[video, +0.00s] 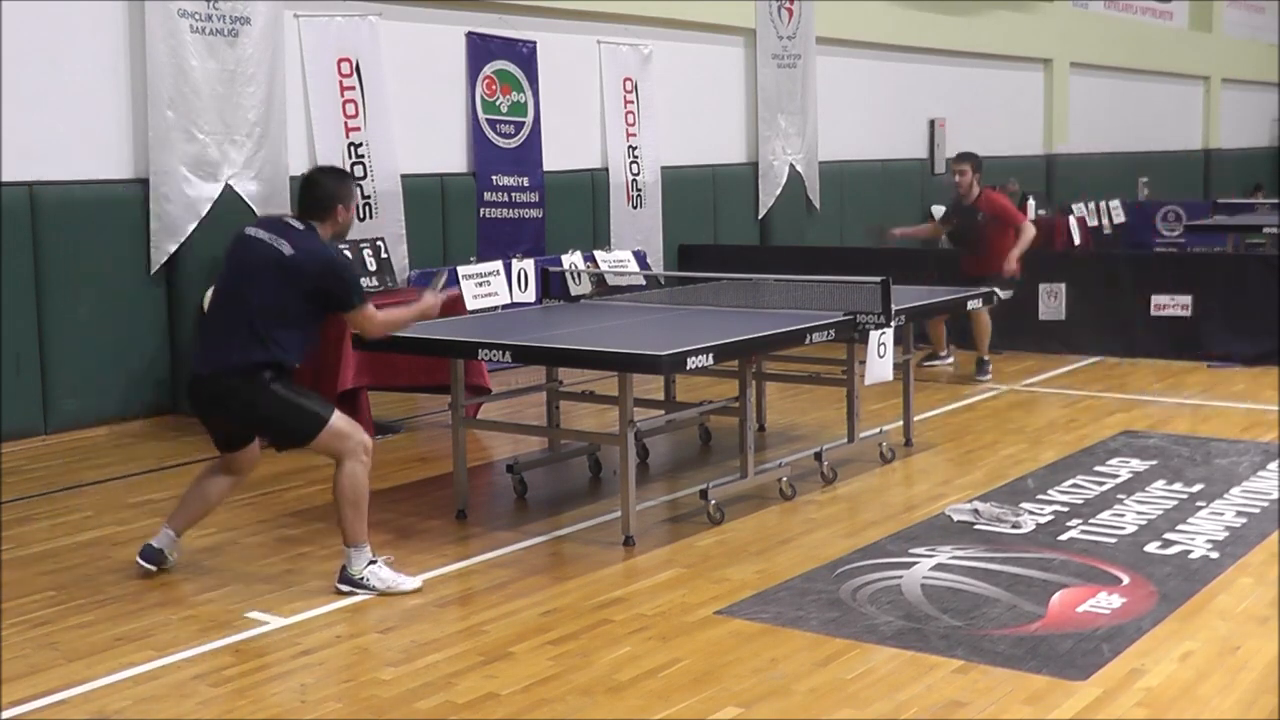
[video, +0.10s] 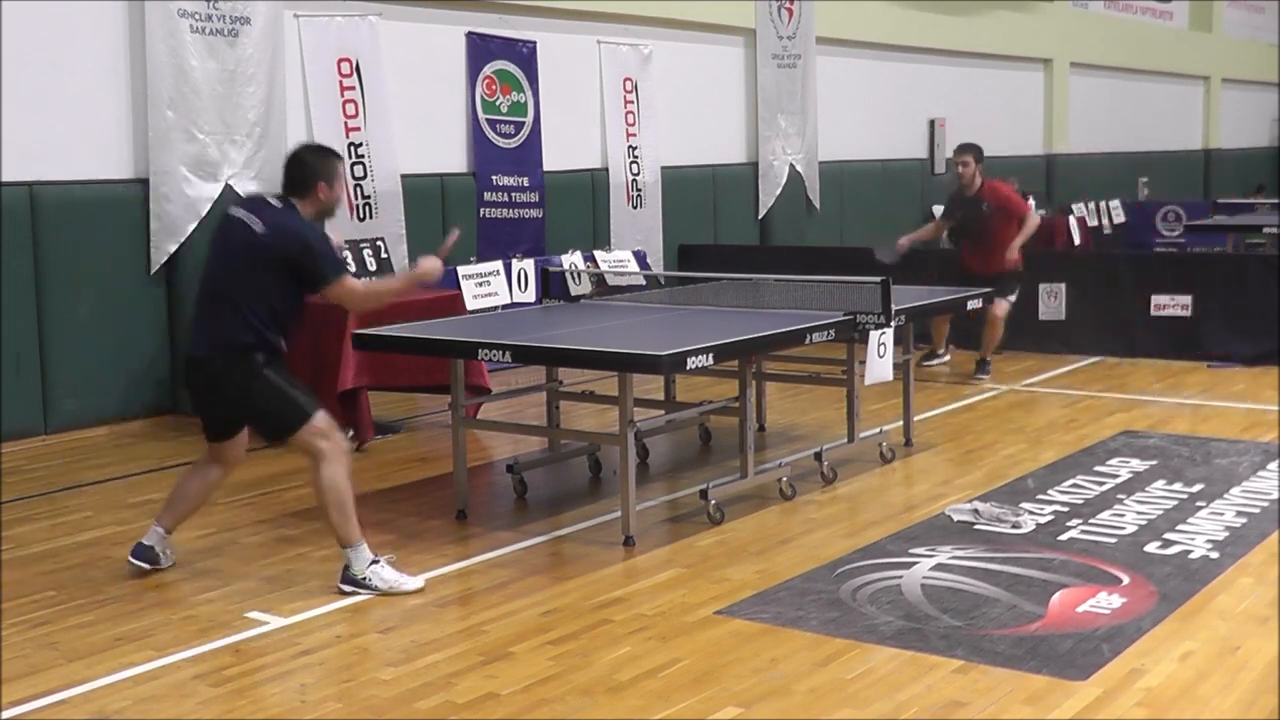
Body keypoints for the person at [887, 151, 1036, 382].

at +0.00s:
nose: (956, 179)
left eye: (962, 174)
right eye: (954, 174)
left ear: (976, 175)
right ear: (951, 175)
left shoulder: (994, 201)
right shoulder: (957, 205)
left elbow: (1029, 229)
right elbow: (936, 229)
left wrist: (1013, 256)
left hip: (997, 275)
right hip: (966, 275)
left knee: (977, 306)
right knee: (934, 309)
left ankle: (983, 360)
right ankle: (941, 353)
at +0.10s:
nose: (959, 170)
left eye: (964, 165)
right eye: (956, 165)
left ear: (978, 166)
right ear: (954, 166)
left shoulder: (998, 192)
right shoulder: (957, 197)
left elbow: (1033, 218)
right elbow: (939, 226)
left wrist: (1015, 245)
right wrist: (910, 239)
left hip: (1004, 271)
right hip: (970, 270)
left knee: (995, 314)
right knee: (938, 305)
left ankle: (984, 360)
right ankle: (939, 351)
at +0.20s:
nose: (971, 160)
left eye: (977, 154)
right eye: (968, 155)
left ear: (989, 155)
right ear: (964, 156)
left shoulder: (1011, 180)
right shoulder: (963, 187)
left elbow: (1043, 204)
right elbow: (942, 219)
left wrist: (1030, 235)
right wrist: (923, 238)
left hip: (1021, 256)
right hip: (983, 257)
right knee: (952, 297)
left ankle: (1017, 349)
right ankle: (948, 347)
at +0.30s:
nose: (983, 166)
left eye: (989, 160)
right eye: (979, 160)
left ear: (1000, 161)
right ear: (975, 162)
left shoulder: (1019, 184)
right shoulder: (971, 191)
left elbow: (1050, 208)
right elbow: (949, 225)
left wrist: (1044, 244)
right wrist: (933, 250)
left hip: (1028, 256)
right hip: (990, 257)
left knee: (1046, 296)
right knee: (957, 295)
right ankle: (958, 353)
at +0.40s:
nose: (1015, 169)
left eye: (1020, 163)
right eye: (1011, 163)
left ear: (1032, 165)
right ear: (1006, 165)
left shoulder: (1049, 187)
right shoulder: (997, 195)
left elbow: (1066, 208)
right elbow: (981, 238)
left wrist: (1073, 239)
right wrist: (985, 266)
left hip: (1051, 264)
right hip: (1009, 268)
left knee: (1083, 304)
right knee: (972, 313)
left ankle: (1110, 363)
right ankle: (961, 357)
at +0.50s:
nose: (1043, 168)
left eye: (1048, 163)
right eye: (1039, 163)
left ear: (1060, 164)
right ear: (1033, 165)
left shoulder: (1074, 186)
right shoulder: (1024, 196)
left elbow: (1088, 208)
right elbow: (1012, 244)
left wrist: (1093, 240)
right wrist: (1028, 272)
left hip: (1069, 263)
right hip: (1031, 267)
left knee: (1102, 307)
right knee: (1001, 323)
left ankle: (1117, 367)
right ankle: (967, 353)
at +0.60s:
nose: (1078, 183)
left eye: (1084, 177)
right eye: (1074, 177)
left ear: (1094, 179)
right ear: (1067, 179)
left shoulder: (1102, 197)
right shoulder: (1058, 206)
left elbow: (1114, 219)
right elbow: (1053, 256)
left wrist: (1124, 248)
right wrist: (1073, 289)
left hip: (1084, 265)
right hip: (1050, 266)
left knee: (1118, 307)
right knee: (1039, 316)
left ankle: (1119, 367)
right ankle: (1029, 363)